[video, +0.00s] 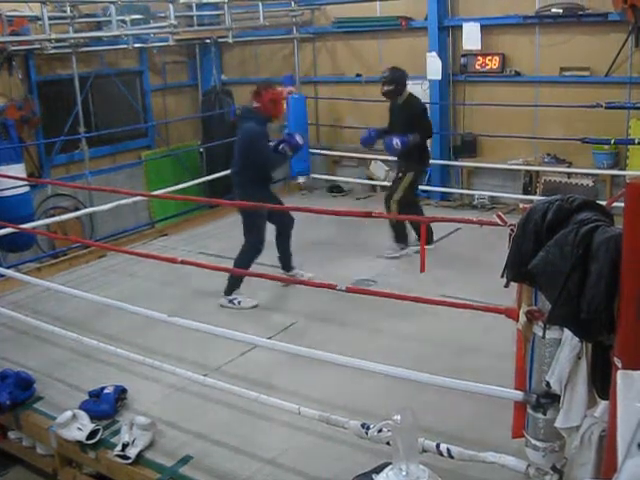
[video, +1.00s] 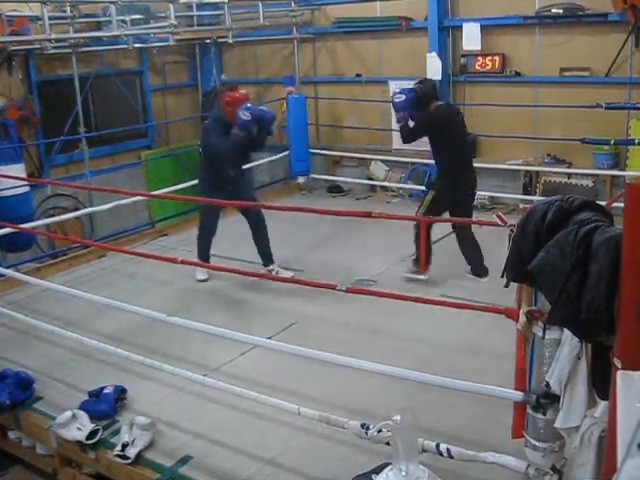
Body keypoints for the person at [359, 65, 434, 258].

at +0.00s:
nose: (384, 89)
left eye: (388, 85)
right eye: (383, 85)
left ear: (399, 85)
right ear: (388, 85)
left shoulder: (415, 105)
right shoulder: (394, 104)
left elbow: (427, 132)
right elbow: (394, 128)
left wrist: (405, 141)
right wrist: (377, 134)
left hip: (416, 161)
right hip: (403, 160)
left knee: (393, 199)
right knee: (408, 201)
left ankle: (402, 243)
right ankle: (426, 237)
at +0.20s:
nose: (395, 94)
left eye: (397, 90)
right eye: (394, 90)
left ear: (408, 88)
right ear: (402, 90)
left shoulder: (422, 106)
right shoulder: (407, 106)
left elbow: (412, 131)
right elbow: (391, 126)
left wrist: (398, 111)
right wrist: (379, 111)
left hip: (425, 163)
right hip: (414, 162)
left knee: (410, 208)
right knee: (409, 206)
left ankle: (429, 250)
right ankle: (423, 244)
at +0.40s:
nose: (400, 95)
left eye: (401, 91)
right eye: (398, 91)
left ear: (408, 90)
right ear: (414, 87)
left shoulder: (422, 107)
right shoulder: (419, 105)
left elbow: (403, 127)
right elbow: (402, 126)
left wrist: (390, 111)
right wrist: (390, 110)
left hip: (435, 166)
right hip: (431, 164)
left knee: (424, 213)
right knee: (423, 209)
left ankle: (434, 256)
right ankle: (426, 243)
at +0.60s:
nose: (405, 93)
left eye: (406, 89)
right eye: (404, 89)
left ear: (413, 89)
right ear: (423, 86)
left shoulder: (428, 106)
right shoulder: (436, 101)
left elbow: (405, 126)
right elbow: (409, 123)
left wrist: (398, 109)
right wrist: (400, 110)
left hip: (440, 167)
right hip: (451, 165)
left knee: (432, 214)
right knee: (446, 210)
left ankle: (434, 256)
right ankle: (468, 246)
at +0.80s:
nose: (414, 96)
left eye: (415, 92)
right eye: (414, 92)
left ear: (422, 94)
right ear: (433, 91)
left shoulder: (435, 113)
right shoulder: (448, 110)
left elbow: (413, 134)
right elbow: (422, 129)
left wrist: (404, 114)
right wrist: (411, 115)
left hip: (449, 176)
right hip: (465, 174)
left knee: (431, 215)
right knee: (464, 222)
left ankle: (434, 256)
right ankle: (479, 266)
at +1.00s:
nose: (415, 101)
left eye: (416, 97)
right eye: (415, 97)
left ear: (421, 99)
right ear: (435, 95)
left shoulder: (431, 117)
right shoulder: (452, 111)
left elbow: (407, 137)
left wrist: (401, 115)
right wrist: (413, 111)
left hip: (448, 181)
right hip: (466, 178)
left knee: (422, 219)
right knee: (462, 227)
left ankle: (421, 265)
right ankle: (479, 269)